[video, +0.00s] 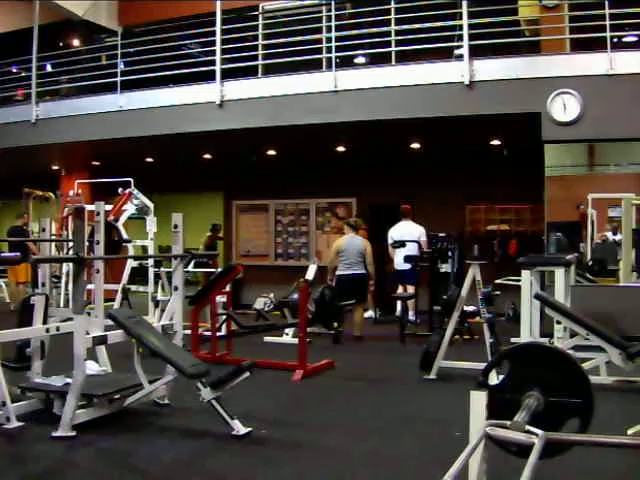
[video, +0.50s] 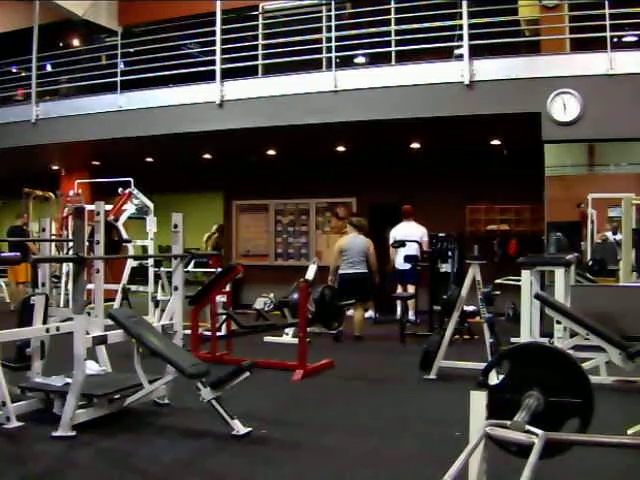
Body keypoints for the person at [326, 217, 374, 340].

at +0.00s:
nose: (344, 230)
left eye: (344, 228)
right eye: (345, 228)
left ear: (346, 228)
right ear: (356, 229)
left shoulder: (338, 242)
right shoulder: (365, 242)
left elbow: (332, 261)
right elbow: (369, 263)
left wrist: (330, 275)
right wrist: (372, 278)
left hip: (342, 275)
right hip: (360, 275)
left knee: (340, 306)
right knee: (358, 306)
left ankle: (339, 330)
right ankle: (357, 333)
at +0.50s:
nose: (346, 229)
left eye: (347, 227)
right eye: (347, 227)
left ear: (350, 228)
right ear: (361, 229)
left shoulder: (341, 242)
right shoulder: (367, 242)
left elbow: (335, 261)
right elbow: (372, 262)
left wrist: (331, 275)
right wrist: (375, 275)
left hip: (345, 274)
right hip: (362, 274)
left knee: (341, 305)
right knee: (359, 305)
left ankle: (339, 328)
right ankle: (358, 333)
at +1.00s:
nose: (346, 229)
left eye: (348, 228)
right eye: (347, 227)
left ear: (350, 228)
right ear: (360, 229)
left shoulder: (343, 241)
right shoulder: (368, 241)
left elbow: (336, 261)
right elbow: (373, 261)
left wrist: (333, 274)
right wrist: (375, 275)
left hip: (346, 273)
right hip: (362, 273)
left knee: (347, 303)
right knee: (360, 303)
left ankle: (345, 328)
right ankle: (357, 332)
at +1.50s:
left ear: (344, 227)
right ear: (354, 227)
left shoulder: (336, 241)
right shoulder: (360, 241)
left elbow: (331, 260)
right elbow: (365, 260)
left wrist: (331, 274)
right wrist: (370, 274)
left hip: (341, 272)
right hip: (356, 272)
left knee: (346, 302)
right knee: (362, 299)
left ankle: (345, 327)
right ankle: (359, 322)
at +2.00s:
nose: (364, 229)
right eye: (363, 228)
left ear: (352, 228)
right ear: (362, 228)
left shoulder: (344, 242)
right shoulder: (368, 241)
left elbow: (339, 261)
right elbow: (372, 261)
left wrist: (338, 274)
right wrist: (377, 275)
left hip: (348, 272)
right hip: (364, 272)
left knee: (349, 301)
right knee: (365, 300)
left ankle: (346, 326)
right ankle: (367, 324)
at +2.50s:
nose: (373, 228)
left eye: (372, 226)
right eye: (373, 226)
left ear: (361, 226)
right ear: (371, 227)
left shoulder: (354, 240)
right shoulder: (377, 240)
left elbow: (350, 256)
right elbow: (382, 257)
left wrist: (354, 263)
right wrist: (385, 266)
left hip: (357, 268)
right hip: (371, 268)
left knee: (358, 298)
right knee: (369, 297)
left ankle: (357, 322)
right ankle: (367, 324)